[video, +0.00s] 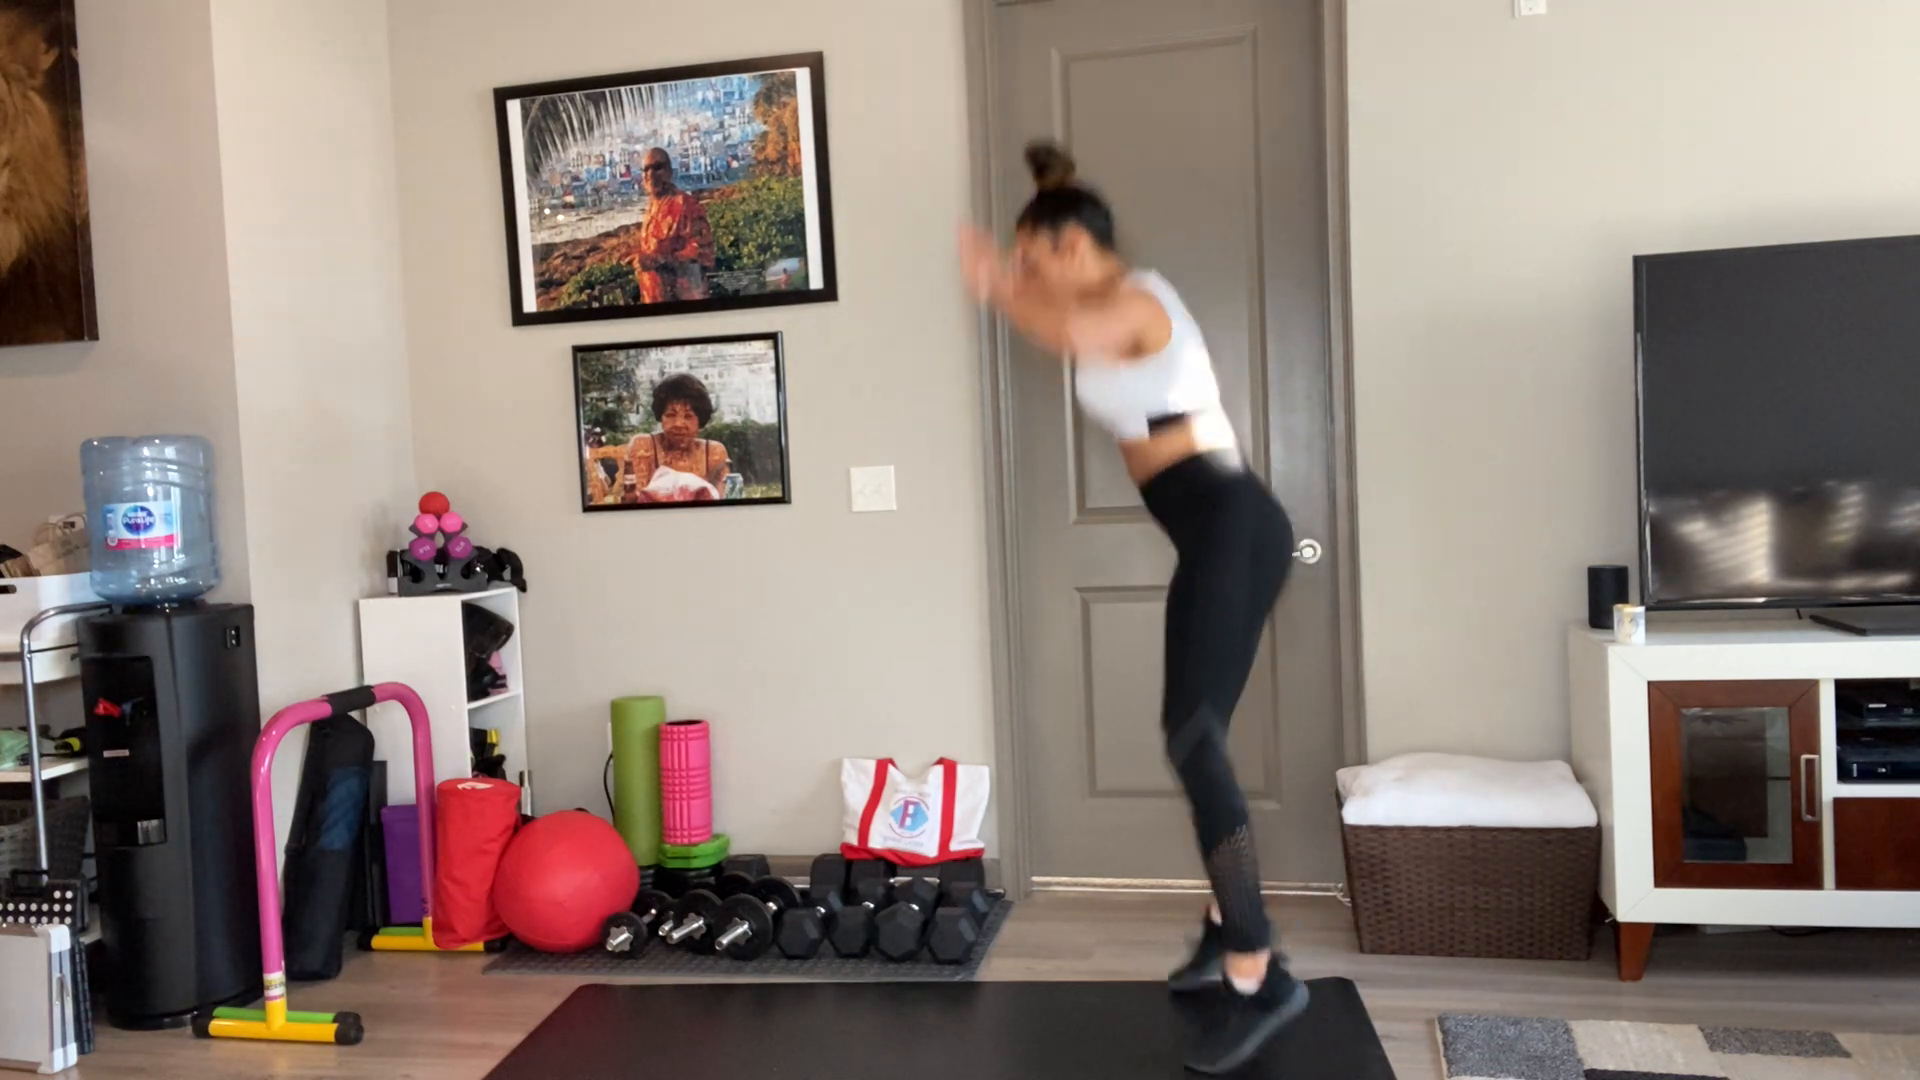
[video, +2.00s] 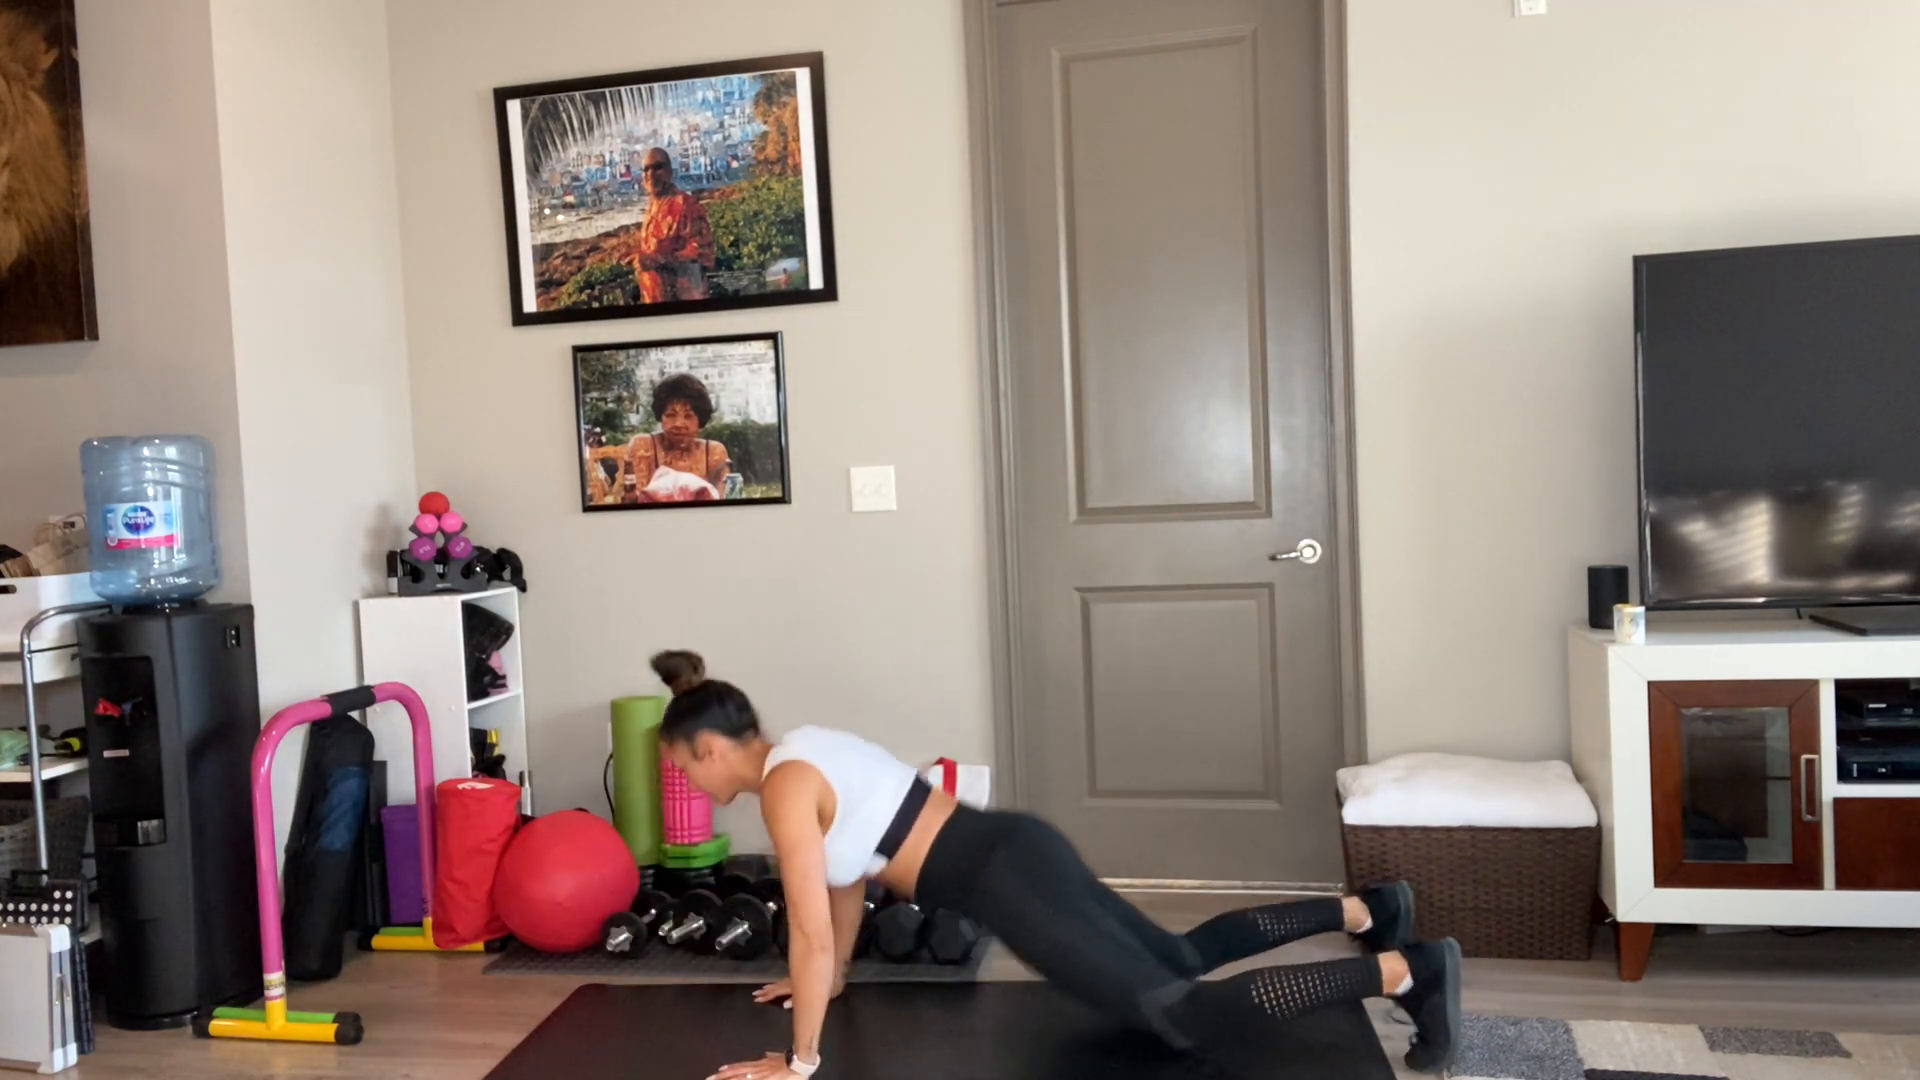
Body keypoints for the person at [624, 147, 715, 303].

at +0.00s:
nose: (650, 174)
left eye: (657, 167)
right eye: (646, 169)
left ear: (670, 172)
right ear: (642, 175)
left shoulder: (686, 204)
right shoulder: (653, 206)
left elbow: (703, 254)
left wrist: (656, 260)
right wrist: (639, 257)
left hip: (682, 297)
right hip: (654, 297)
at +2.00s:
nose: (650, 174)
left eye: (657, 167)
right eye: (646, 169)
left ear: (670, 172)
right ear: (642, 176)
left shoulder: (686, 204)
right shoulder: (653, 206)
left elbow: (703, 255)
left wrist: (655, 260)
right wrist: (638, 256)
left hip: (683, 297)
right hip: (655, 297)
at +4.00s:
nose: (650, 174)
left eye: (657, 167)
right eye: (645, 169)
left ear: (669, 171)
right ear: (642, 176)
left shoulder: (686, 204)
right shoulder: (653, 207)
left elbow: (702, 254)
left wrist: (657, 261)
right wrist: (638, 257)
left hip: (683, 297)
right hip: (655, 297)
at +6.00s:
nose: (650, 174)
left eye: (657, 167)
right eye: (646, 169)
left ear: (669, 171)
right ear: (642, 176)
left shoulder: (686, 204)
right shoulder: (654, 206)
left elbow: (702, 255)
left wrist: (657, 260)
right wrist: (638, 257)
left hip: (683, 297)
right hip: (655, 297)